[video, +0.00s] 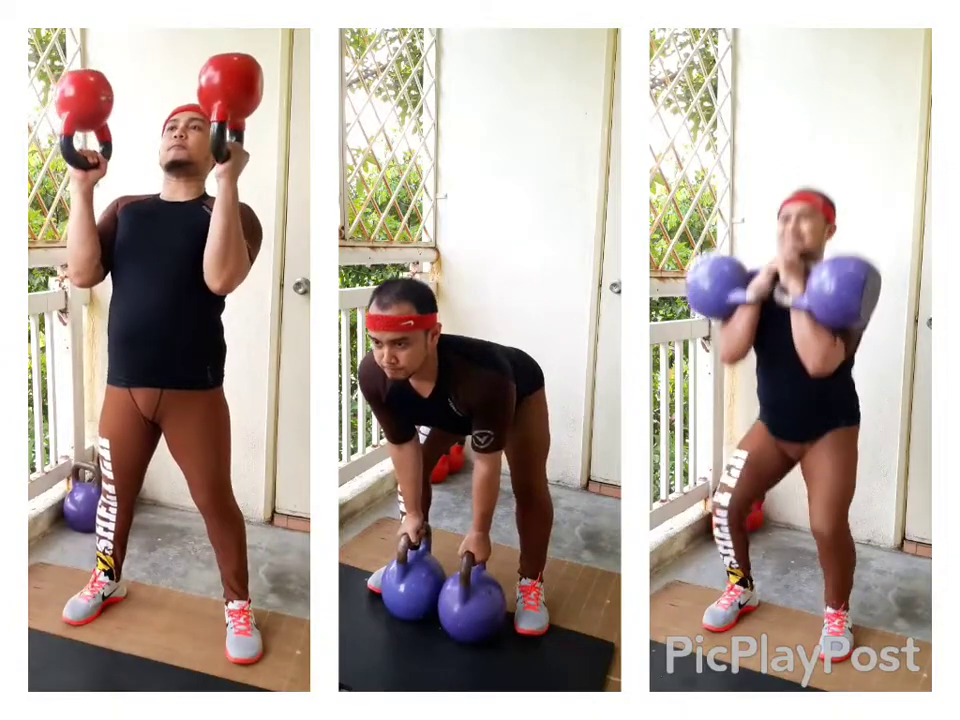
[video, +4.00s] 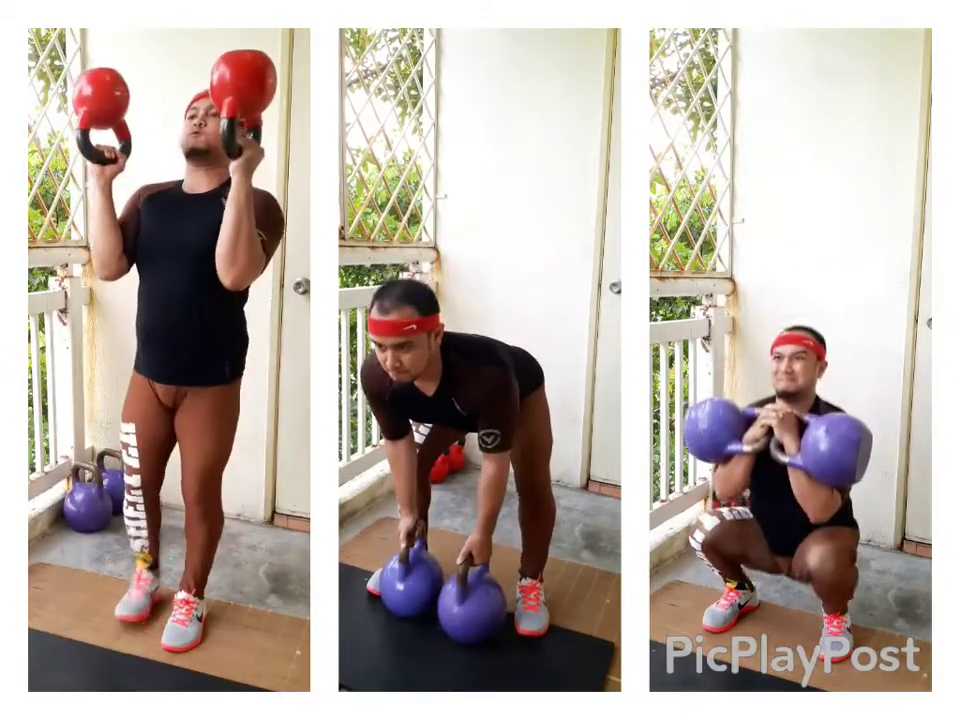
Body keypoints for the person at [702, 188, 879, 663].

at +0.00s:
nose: (792, 227)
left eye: (805, 219)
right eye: (785, 218)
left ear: (828, 230)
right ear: (776, 228)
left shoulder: (842, 289)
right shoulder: (756, 283)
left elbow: (821, 362)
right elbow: (730, 351)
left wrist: (795, 290)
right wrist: (759, 289)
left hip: (830, 431)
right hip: (773, 427)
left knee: (828, 528)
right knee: (733, 508)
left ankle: (836, 613)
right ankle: (740, 585)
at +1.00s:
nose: (790, 280)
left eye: (802, 274)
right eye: (783, 272)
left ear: (823, 290)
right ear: (771, 283)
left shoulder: (833, 347)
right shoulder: (753, 339)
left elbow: (817, 431)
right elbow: (725, 412)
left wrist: (790, 362)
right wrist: (751, 358)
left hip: (831, 461)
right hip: (774, 458)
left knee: (821, 538)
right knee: (721, 517)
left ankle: (837, 615)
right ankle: (740, 588)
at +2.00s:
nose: (810, 185)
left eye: (824, 180)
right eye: (804, 180)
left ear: (848, 199)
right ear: (794, 196)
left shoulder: (855, 258)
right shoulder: (770, 247)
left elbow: (833, 317)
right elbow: (733, 308)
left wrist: (809, 245)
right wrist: (770, 248)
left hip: (816, 409)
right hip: (755, 402)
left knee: (825, 513)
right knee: (749, 503)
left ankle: (837, 610)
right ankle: (740, 587)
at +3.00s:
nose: (801, 187)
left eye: (815, 180)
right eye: (795, 180)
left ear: (840, 195)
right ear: (784, 192)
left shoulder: (848, 255)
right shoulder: (761, 246)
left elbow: (828, 317)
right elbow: (729, 308)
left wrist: (802, 246)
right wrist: (763, 247)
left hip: (814, 406)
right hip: (754, 400)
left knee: (823, 513)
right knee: (748, 502)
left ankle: (836, 610)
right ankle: (740, 586)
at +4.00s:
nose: (786, 367)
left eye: (799, 358)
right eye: (779, 358)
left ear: (821, 367)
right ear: (771, 365)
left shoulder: (834, 424)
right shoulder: (751, 416)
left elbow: (820, 510)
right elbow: (724, 493)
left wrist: (792, 443)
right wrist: (749, 444)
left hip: (819, 540)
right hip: (766, 535)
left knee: (826, 559)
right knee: (713, 538)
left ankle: (835, 618)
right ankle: (740, 591)